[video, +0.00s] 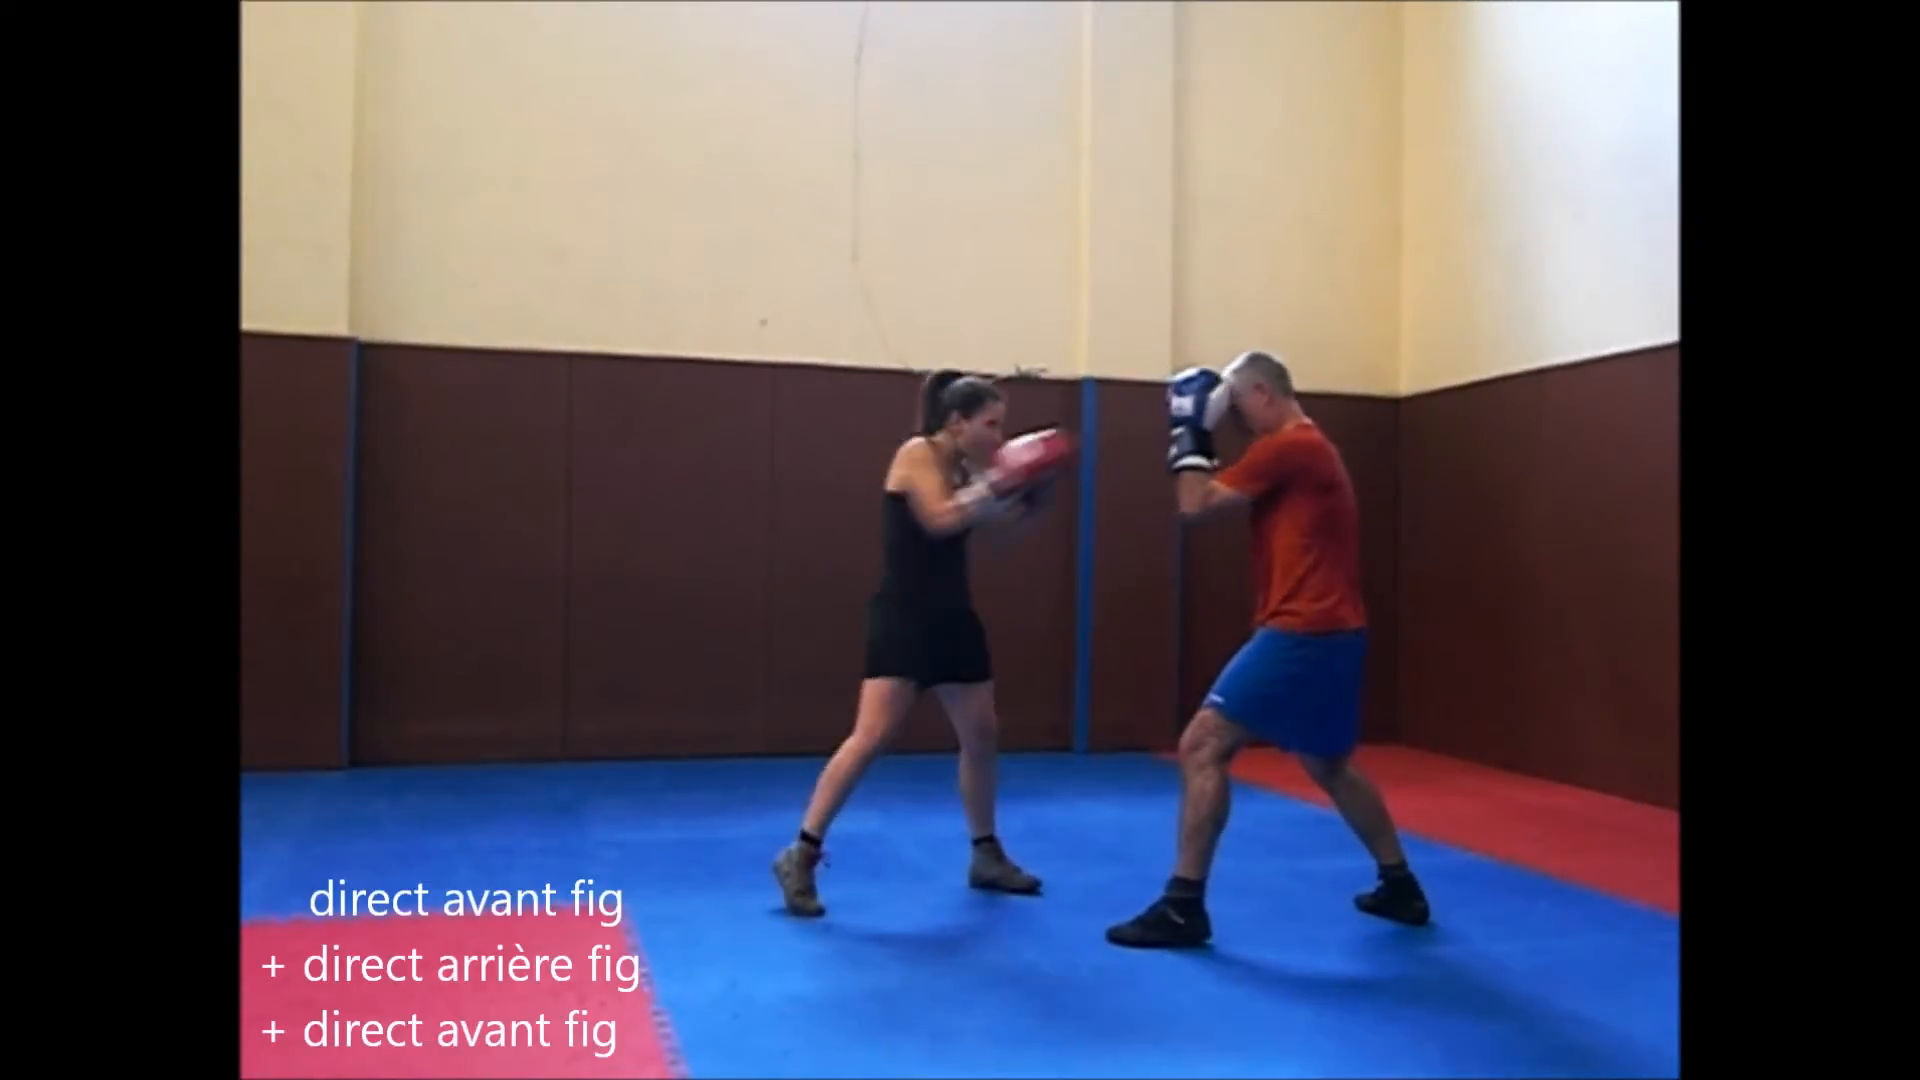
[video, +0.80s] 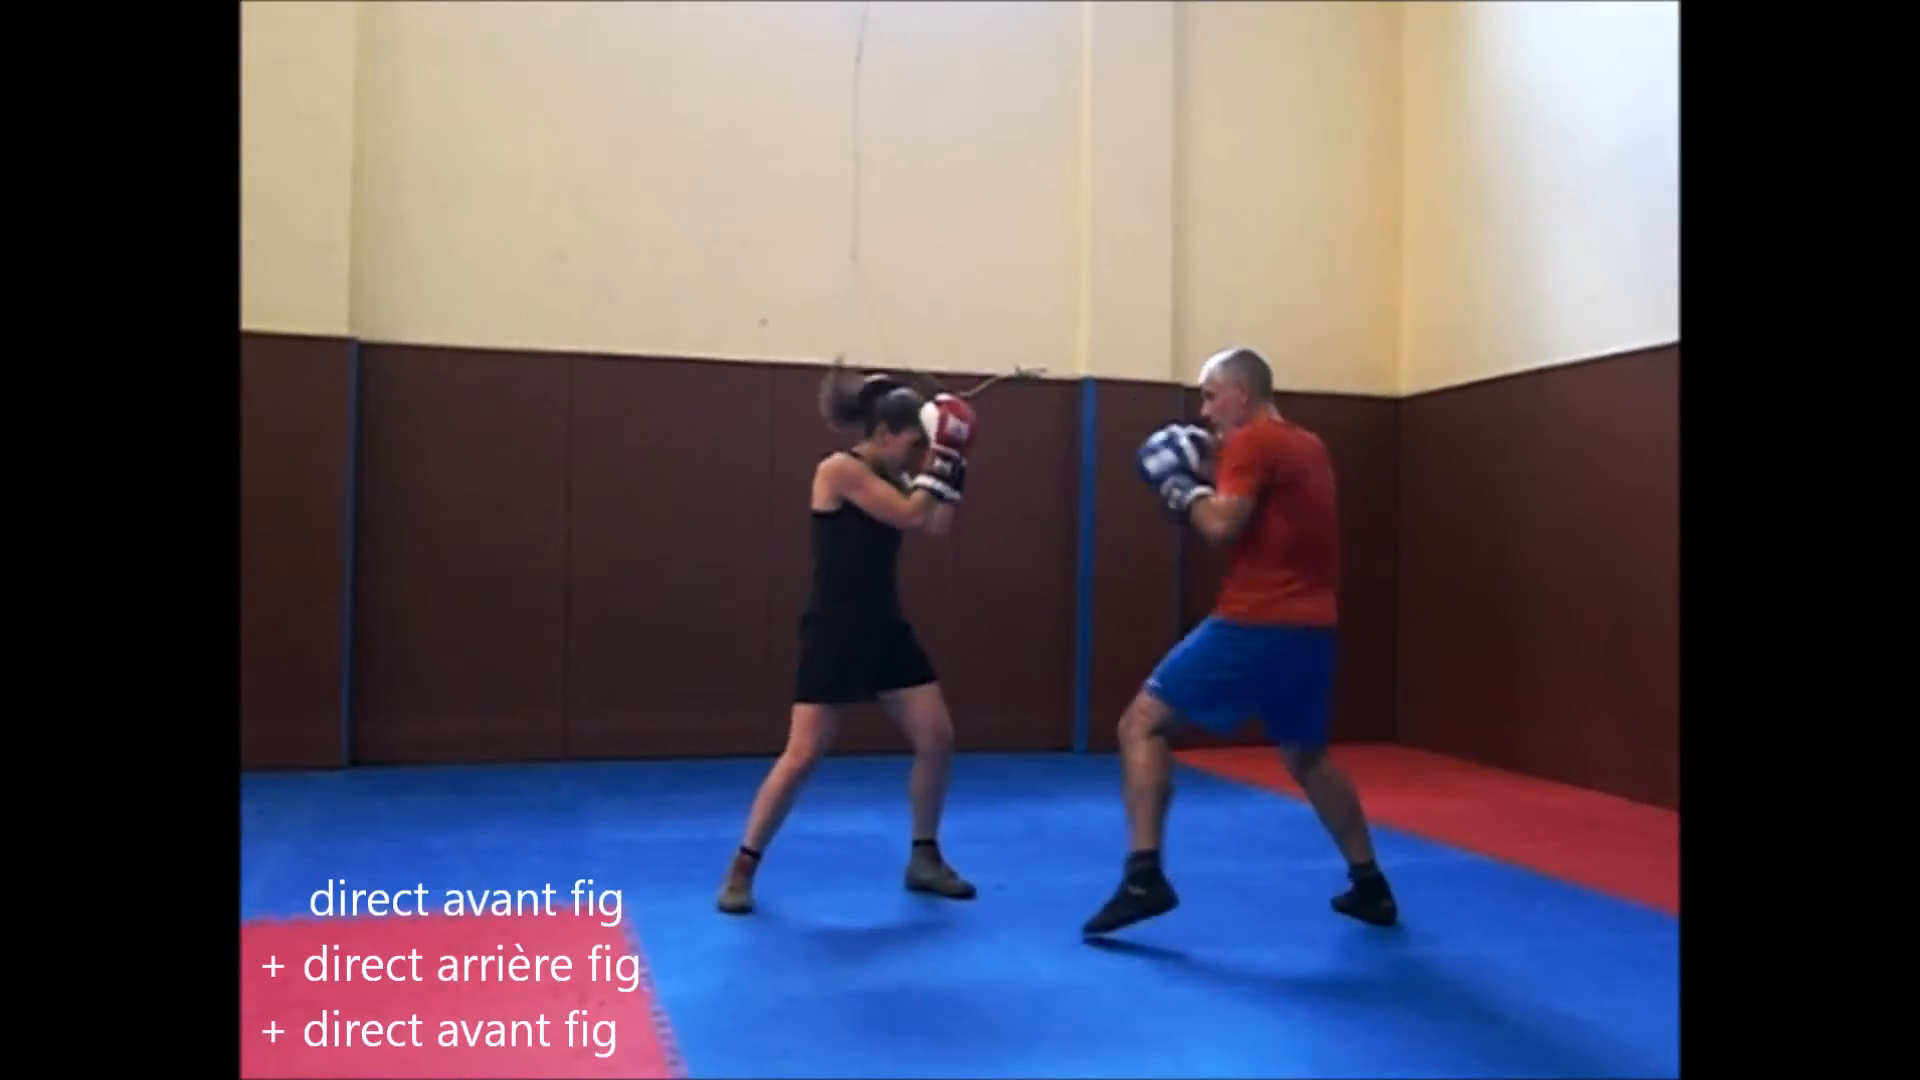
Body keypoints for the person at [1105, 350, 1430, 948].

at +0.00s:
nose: (1236, 415)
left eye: (1238, 402)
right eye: (1234, 404)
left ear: (1264, 393)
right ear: (1278, 392)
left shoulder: (1287, 447)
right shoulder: (1308, 446)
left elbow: (1194, 500)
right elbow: (1214, 493)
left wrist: (1185, 429)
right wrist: (1200, 433)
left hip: (1298, 631)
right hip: (1333, 631)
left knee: (1202, 748)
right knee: (1330, 764)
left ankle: (1183, 905)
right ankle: (1401, 886)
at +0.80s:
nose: (1206, 409)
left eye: (1212, 395)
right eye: (1205, 396)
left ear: (1243, 392)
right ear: (1260, 394)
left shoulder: (1250, 441)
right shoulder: (1309, 444)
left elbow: (1220, 521)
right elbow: (1265, 512)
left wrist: (1175, 484)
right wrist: (1213, 466)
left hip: (1249, 625)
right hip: (1311, 629)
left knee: (1140, 726)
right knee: (1308, 758)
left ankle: (1143, 879)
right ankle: (1370, 885)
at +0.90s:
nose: (1190, 412)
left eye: (1194, 400)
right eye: (1189, 401)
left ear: (1224, 395)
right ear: (1246, 397)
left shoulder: (1208, 440)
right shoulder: (1307, 445)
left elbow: (1157, 488)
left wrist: (1091, 464)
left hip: (1223, 630)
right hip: (1297, 633)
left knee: (1136, 744)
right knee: (1313, 757)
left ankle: (1145, 894)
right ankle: (1370, 886)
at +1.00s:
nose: (1167, 420)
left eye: (1173, 409)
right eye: (1167, 410)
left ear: (1207, 409)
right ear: (1229, 410)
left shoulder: (1172, 455)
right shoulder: (1290, 452)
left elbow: (1073, 461)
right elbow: (1313, 535)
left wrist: (990, 445)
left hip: (1217, 642)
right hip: (1293, 644)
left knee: (1120, 751)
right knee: (1308, 762)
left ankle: (1146, 899)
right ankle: (1371, 888)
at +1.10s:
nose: (1146, 415)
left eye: (1152, 403)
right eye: (1145, 403)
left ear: (1182, 405)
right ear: (1208, 404)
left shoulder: (1168, 453)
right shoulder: (1267, 453)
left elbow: (1094, 508)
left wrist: (1038, 485)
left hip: (1214, 645)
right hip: (1286, 641)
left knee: (1118, 752)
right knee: (1297, 766)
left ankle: (1148, 906)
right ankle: (1371, 889)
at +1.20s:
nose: (1128, 416)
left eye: (1137, 403)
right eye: (1127, 404)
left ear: (1174, 406)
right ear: (1176, 409)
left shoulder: (1211, 462)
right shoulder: (1194, 458)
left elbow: (1222, 549)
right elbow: (1177, 490)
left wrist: (1138, 528)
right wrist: (1117, 463)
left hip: (1233, 637)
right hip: (1259, 634)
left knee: (1132, 748)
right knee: (1280, 771)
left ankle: (1152, 908)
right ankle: (1369, 887)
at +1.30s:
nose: (1130, 427)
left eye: (1138, 415)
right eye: (1130, 416)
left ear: (1175, 418)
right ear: (1168, 420)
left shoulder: (1241, 473)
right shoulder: (1146, 466)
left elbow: (1284, 554)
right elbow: (1058, 455)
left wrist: (1205, 541)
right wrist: (982, 439)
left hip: (1245, 643)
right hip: (1224, 645)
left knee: (1138, 744)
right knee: (1270, 781)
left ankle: (1153, 911)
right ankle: (1375, 880)